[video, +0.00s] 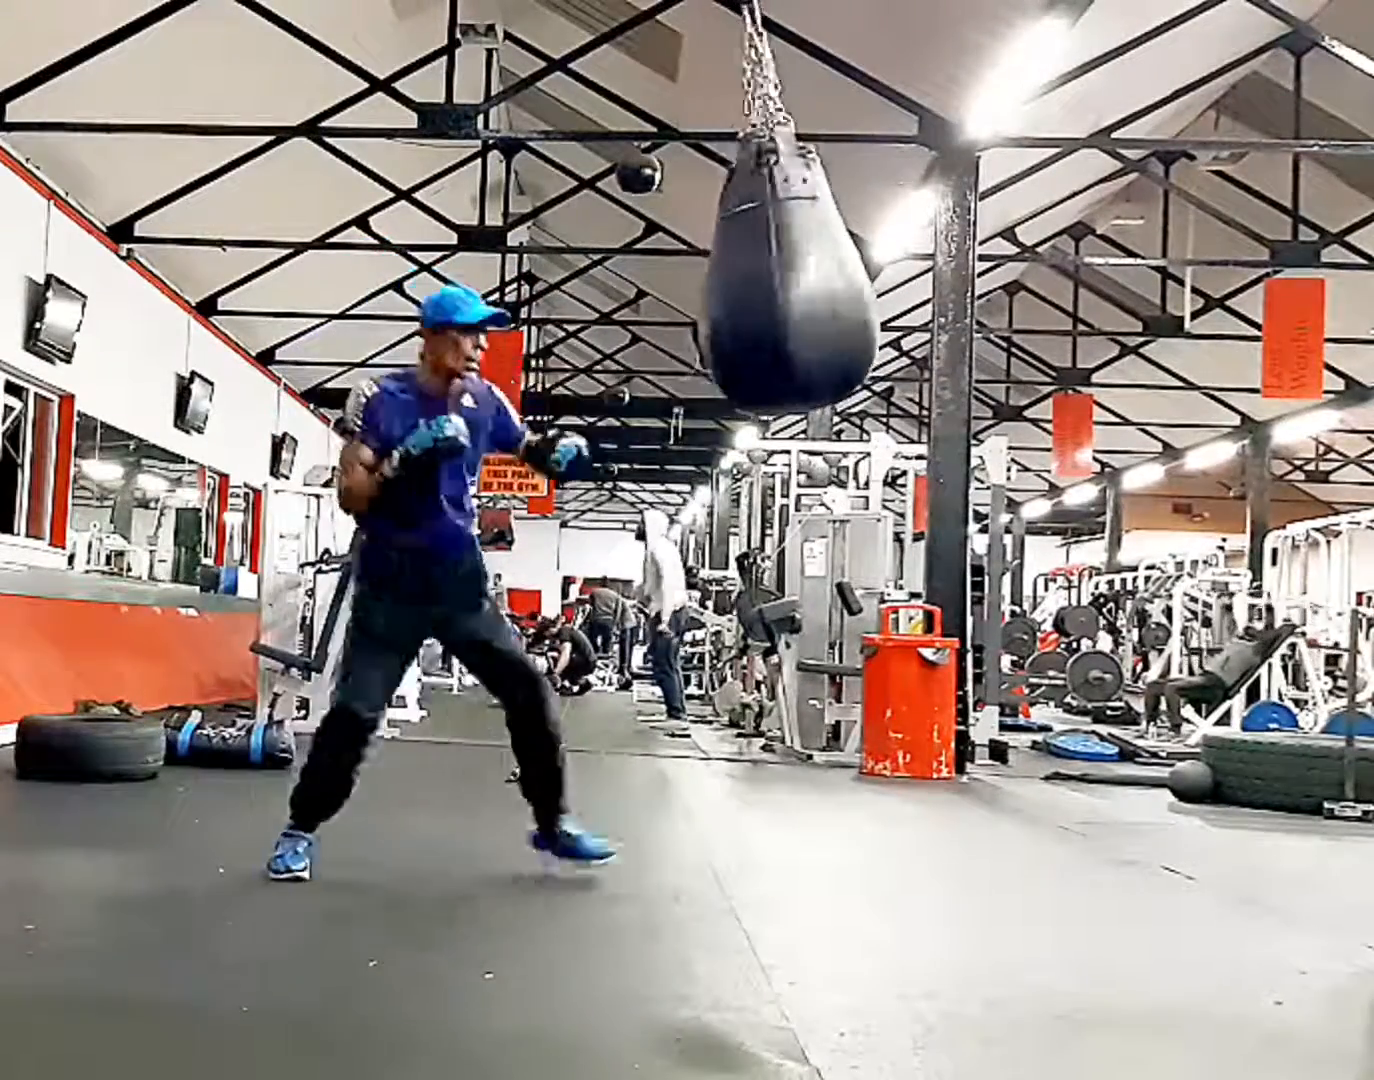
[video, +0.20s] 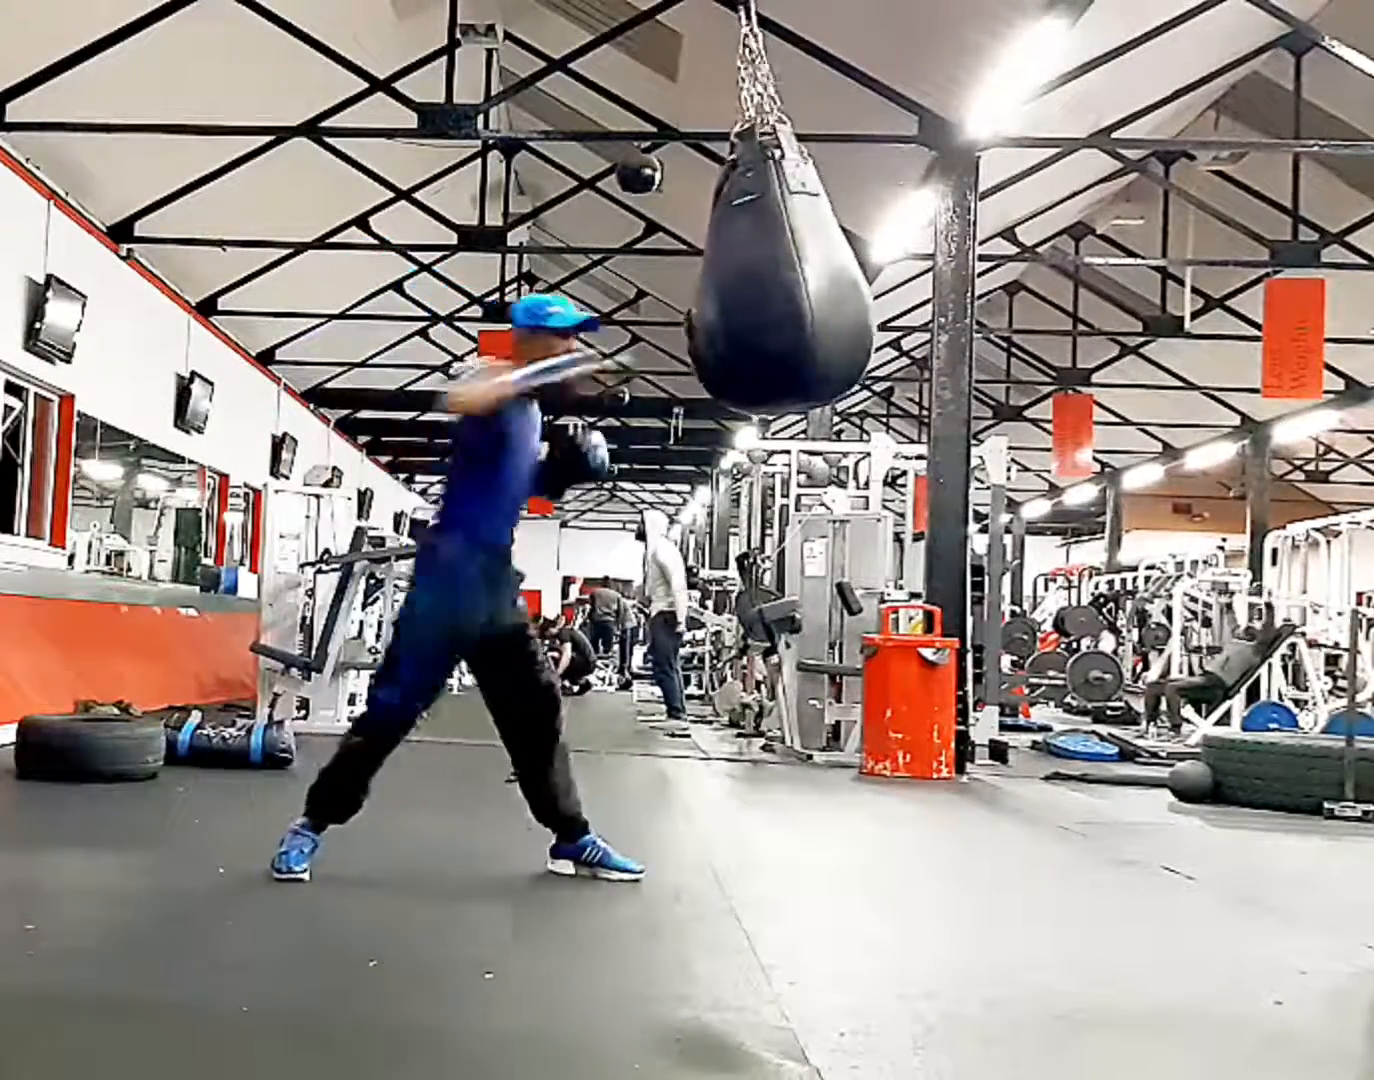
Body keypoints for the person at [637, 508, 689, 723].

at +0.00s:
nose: (637, 528)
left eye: (641, 524)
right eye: (639, 524)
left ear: (650, 527)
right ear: (655, 526)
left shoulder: (661, 548)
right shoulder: (653, 548)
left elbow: (668, 583)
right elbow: (650, 582)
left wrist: (665, 618)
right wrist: (637, 595)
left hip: (669, 610)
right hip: (661, 608)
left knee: (663, 662)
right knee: (668, 661)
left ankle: (676, 711)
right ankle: (676, 709)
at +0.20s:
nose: (637, 528)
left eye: (641, 524)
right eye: (639, 524)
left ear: (650, 527)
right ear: (655, 526)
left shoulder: (663, 549)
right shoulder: (653, 550)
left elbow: (678, 582)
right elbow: (652, 583)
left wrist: (681, 616)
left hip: (666, 612)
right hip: (658, 611)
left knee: (664, 664)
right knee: (668, 664)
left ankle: (676, 712)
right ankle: (676, 710)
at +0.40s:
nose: (638, 529)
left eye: (642, 524)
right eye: (640, 524)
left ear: (652, 527)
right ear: (655, 527)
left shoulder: (664, 550)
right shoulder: (654, 550)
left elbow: (682, 584)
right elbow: (651, 581)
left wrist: (687, 617)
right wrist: (637, 593)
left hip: (667, 613)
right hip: (661, 612)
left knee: (664, 666)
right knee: (667, 665)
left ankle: (676, 711)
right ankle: (676, 709)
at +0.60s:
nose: (637, 531)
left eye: (641, 526)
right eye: (638, 526)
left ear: (650, 529)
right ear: (654, 529)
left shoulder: (664, 551)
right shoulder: (653, 551)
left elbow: (683, 584)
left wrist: (690, 617)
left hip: (671, 613)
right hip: (662, 613)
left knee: (666, 664)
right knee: (668, 664)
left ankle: (676, 711)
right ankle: (675, 709)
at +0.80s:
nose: (631, 534)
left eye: (635, 529)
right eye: (633, 529)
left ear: (645, 530)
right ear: (649, 531)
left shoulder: (659, 551)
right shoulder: (650, 553)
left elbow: (679, 580)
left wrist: (690, 613)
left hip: (672, 613)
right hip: (664, 613)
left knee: (666, 663)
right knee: (668, 663)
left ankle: (676, 711)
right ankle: (676, 710)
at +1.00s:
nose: (626, 535)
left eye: (630, 530)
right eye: (627, 530)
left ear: (640, 533)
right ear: (643, 533)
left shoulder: (655, 557)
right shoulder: (644, 557)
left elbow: (676, 590)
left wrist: (683, 624)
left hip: (669, 616)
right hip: (659, 617)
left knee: (667, 667)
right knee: (669, 667)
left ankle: (676, 712)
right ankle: (676, 711)